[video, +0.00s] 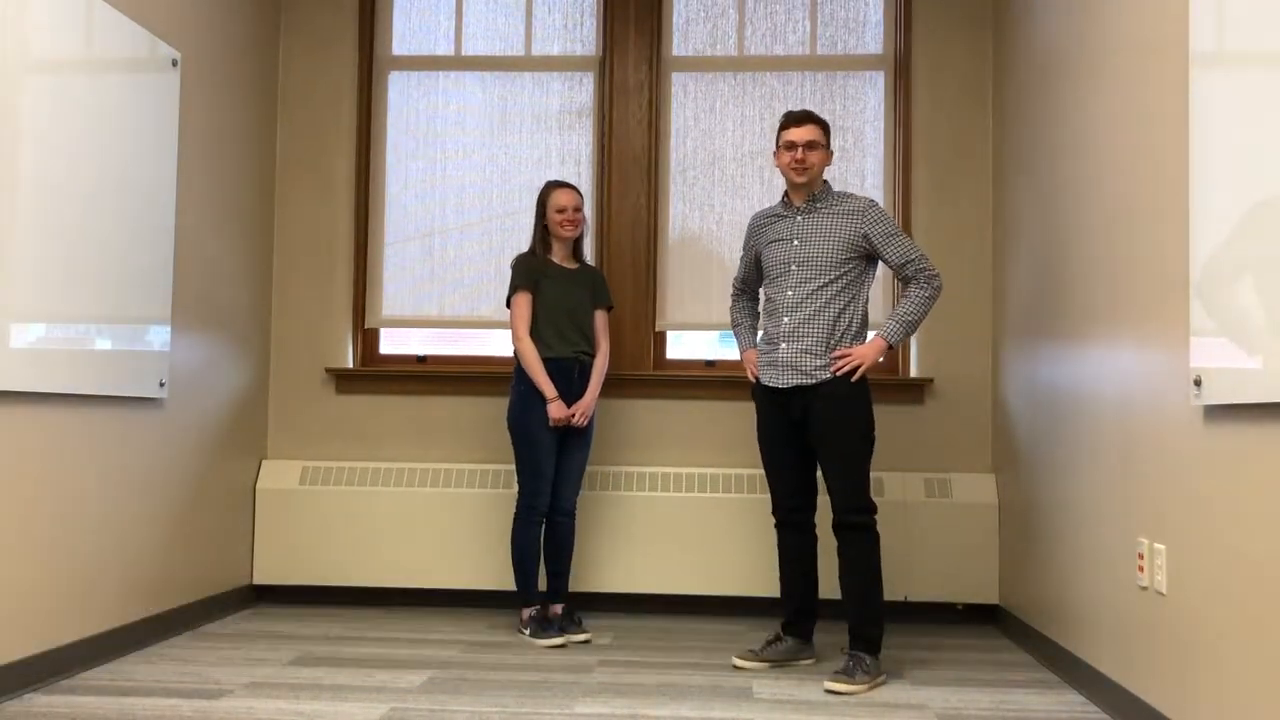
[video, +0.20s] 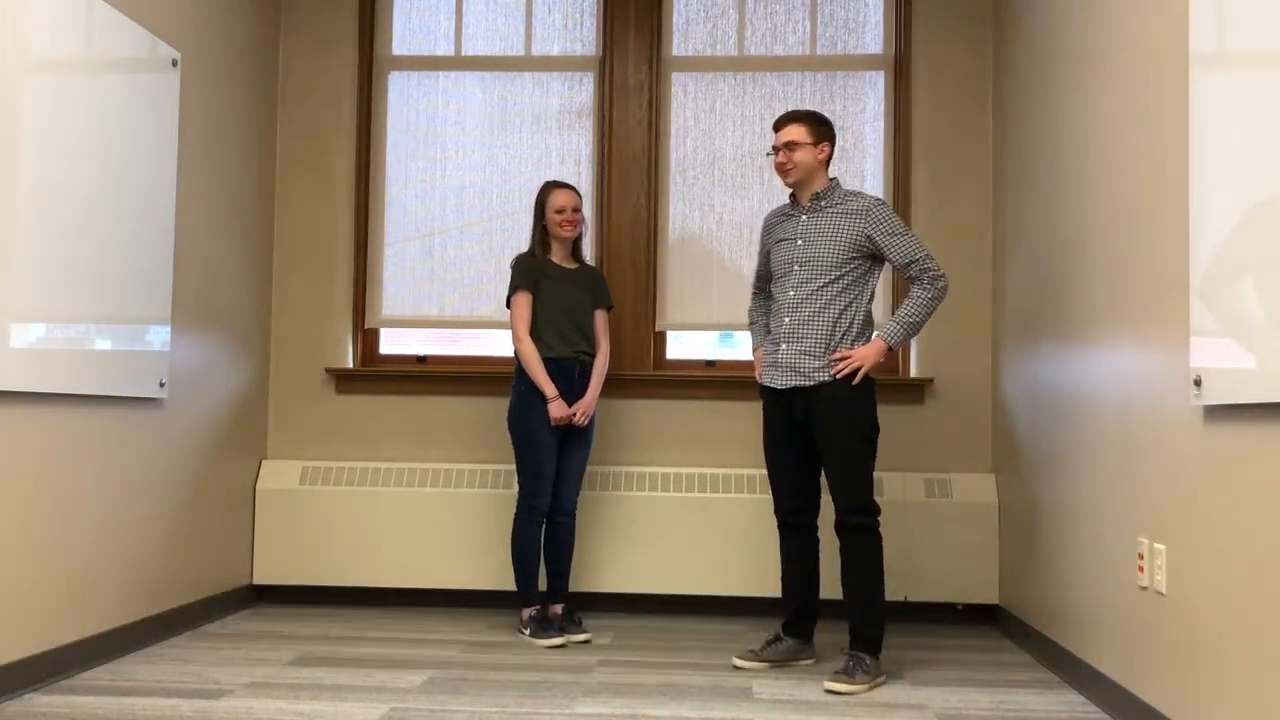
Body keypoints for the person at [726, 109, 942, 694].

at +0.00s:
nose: (799, 155)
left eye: (810, 146)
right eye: (789, 147)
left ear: (828, 155)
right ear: (776, 157)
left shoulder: (858, 214)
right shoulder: (762, 225)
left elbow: (924, 280)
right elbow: (743, 294)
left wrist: (882, 340)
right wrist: (747, 344)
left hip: (838, 388)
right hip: (776, 392)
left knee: (852, 516)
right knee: (791, 517)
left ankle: (863, 653)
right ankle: (795, 636)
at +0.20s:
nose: (779, 155)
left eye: (790, 146)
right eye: (776, 148)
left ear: (823, 152)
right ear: (776, 158)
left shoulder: (862, 211)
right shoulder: (776, 221)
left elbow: (931, 280)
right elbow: (762, 290)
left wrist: (884, 342)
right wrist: (761, 338)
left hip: (842, 389)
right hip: (782, 391)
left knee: (854, 518)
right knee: (794, 518)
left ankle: (864, 653)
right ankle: (796, 636)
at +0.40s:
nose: (769, 164)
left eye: (775, 153)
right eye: (769, 154)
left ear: (803, 150)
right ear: (802, 151)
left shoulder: (859, 207)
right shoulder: (799, 216)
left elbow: (929, 277)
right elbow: (815, 295)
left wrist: (877, 345)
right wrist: (790, 356)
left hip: (845, 391)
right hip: (794, 391)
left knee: (860, 520)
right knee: (799, 518)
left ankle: (865, 655)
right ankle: (797, 638)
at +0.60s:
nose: (769, 164)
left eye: (774, 154)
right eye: (772, 155)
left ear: (797, 155)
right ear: (803, 155)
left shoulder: (844, 206)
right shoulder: (820, 211)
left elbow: (904, 276)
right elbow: (844, 295)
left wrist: (860, 350)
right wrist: (808, 360)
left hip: (849, 392)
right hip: (811, 392)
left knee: (866, 518)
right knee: (794, 508)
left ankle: (866, 654)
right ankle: (797, 636)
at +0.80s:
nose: (772, 166)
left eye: (777, 156)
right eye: (774, 156)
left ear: (799, 158)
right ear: (809, 158)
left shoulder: (836, 208)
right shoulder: (817, 210)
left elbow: (874, 280)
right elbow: (846, 291)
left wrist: (825, 349)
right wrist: (812, 361)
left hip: (848, 390)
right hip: (818, 389)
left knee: (864, 518)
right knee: (792, 504)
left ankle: (867, 653)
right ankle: (794, 628)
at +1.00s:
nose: (768, 170)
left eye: (774, 160)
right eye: (770, 160)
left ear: (797, 163)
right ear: (803, 163)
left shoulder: (829, 217)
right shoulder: (811, 218)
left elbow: (821, 309)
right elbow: (826, 311)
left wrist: (750, 356)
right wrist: (792, 367)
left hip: (840, 387)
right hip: (811, 384)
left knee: (858, 519)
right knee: (788, 506)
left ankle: (866, 653)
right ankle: (781, 625)